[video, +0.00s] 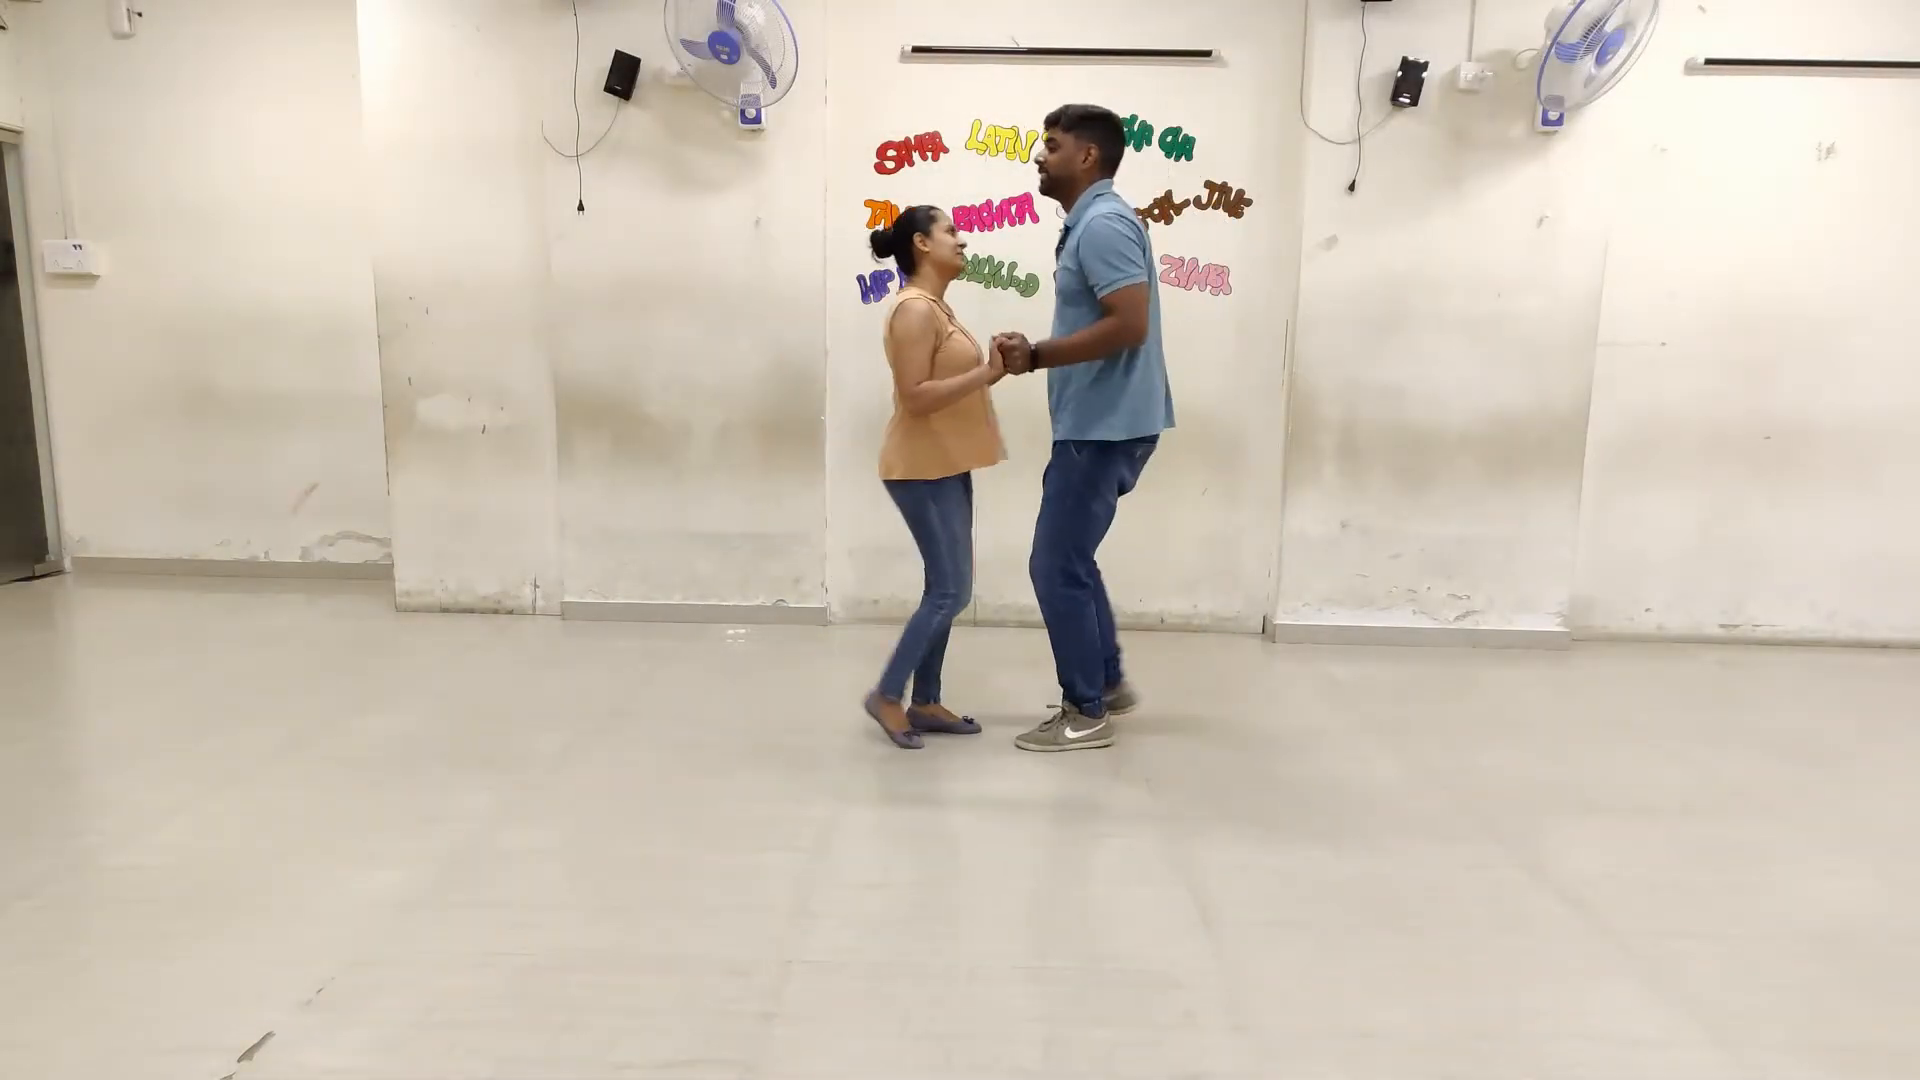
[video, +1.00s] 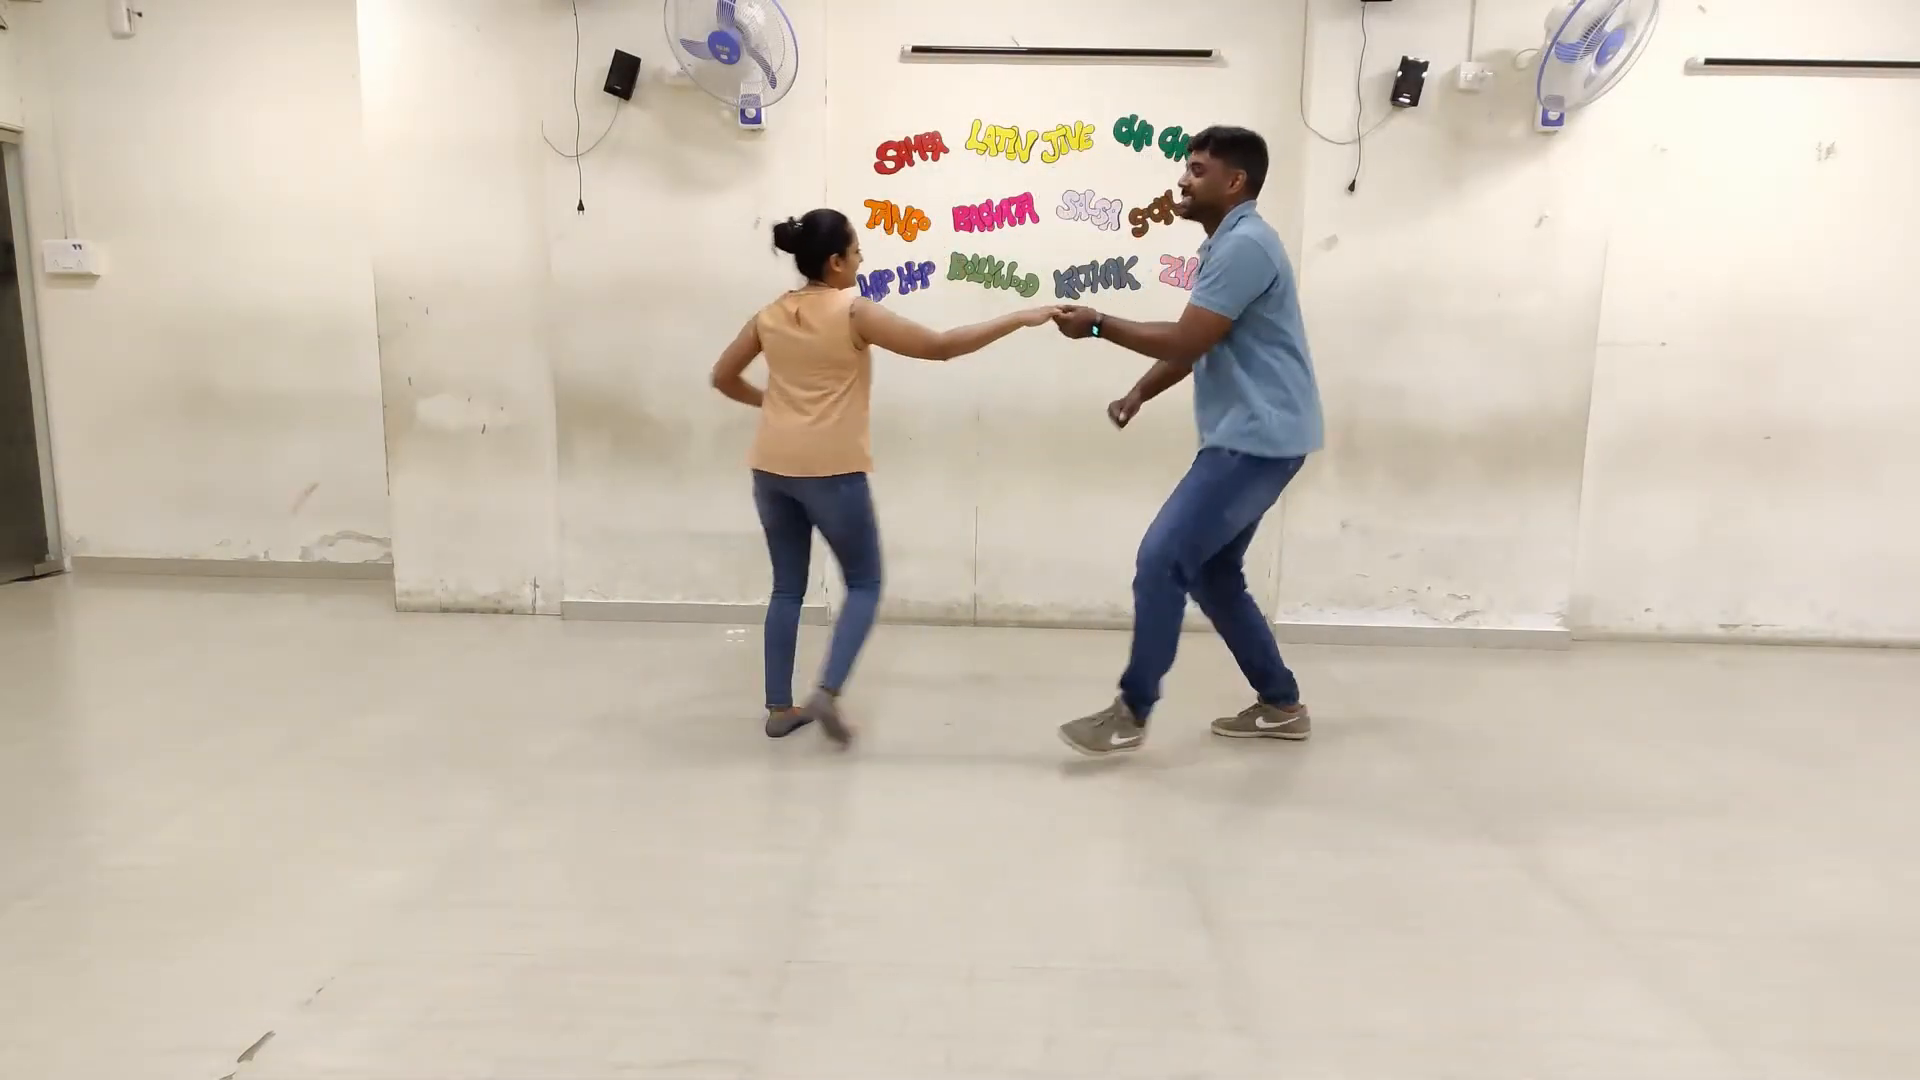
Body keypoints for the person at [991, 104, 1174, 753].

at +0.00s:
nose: (1040, 156)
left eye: (1053, 146)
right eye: (1043, 146)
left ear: (1090, 156)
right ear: (1087, 158)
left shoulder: (1103, 223)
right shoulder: (1098, 219)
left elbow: (1128, 325)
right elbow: (1113, 326)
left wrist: (1036, 353)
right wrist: (1035, 351)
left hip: (1104, 428)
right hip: (1105, 423)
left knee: (1055, 562)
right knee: (1068, 556)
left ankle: (1085, 711)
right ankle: (1107, 683)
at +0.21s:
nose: (1040, 161)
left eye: (1053, 150)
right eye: (1043, 150)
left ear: (1091, 160)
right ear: (1086, 162)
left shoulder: (1108, 227)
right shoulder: (1098, 223)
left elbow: (1129, 330)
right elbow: (1113, 331)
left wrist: (1037, 359)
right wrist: (1036, 356)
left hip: (1118, 430)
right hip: (1113, 426)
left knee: (1065, 566)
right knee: (1080, 561)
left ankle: (1086, 710)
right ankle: (1091, 690)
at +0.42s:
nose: (1100, 175)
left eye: (1114, 167)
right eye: (1104, 165)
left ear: (1153, 180)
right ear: (1131, 178)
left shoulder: (1170, 251)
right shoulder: (1127, 254)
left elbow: (1161, 352)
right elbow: (1083, 341)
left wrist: (1064, 377)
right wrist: (1002, 363)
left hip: (1158, 450)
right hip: (1135, 446)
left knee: (1075, 569)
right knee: (1116, 573)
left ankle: (1082, 713)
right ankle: (1222, 673)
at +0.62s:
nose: (1162, 188)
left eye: (1176, 179)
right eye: (1166, 176)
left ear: (1215, 191)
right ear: (1202, 192)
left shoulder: (1224, 257)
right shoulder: (1205, 254)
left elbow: (1165, 354)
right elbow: (1156, 356)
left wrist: (1064, 349)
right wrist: (1081, 398)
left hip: (1215, 450)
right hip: (1216, 448)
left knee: (1125, 567)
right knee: (1185, 580)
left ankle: (1092, 714)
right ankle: (1257, 707)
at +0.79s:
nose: (1185, 172)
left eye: (1199, 163)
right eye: (1189, 161)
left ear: (1236, 177)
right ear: (1236, 179)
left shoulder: (1233, 237)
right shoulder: (1255, 236)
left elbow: (1163, 333)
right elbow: (1216, 343)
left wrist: (1069, 323)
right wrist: (1147, 389)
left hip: (1242, 435)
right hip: (1278, 435)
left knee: (1161, 559)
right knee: (1222, 568)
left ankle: (1184, 721)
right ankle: (1261, 708)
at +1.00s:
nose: (1184, 179)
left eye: (1199, 169)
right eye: (1188, 168)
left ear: (1239, 182)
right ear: (1226, 183)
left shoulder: (1245, 243)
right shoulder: (1225, 245)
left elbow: (1187, 340)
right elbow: (1199, 346)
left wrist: (1096, 323)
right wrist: (1139, 393)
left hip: (1259, 435)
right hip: (1248, 433)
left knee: (1162, 557)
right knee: (1213, 575)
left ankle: (1132, 712)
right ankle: (1281, 703)